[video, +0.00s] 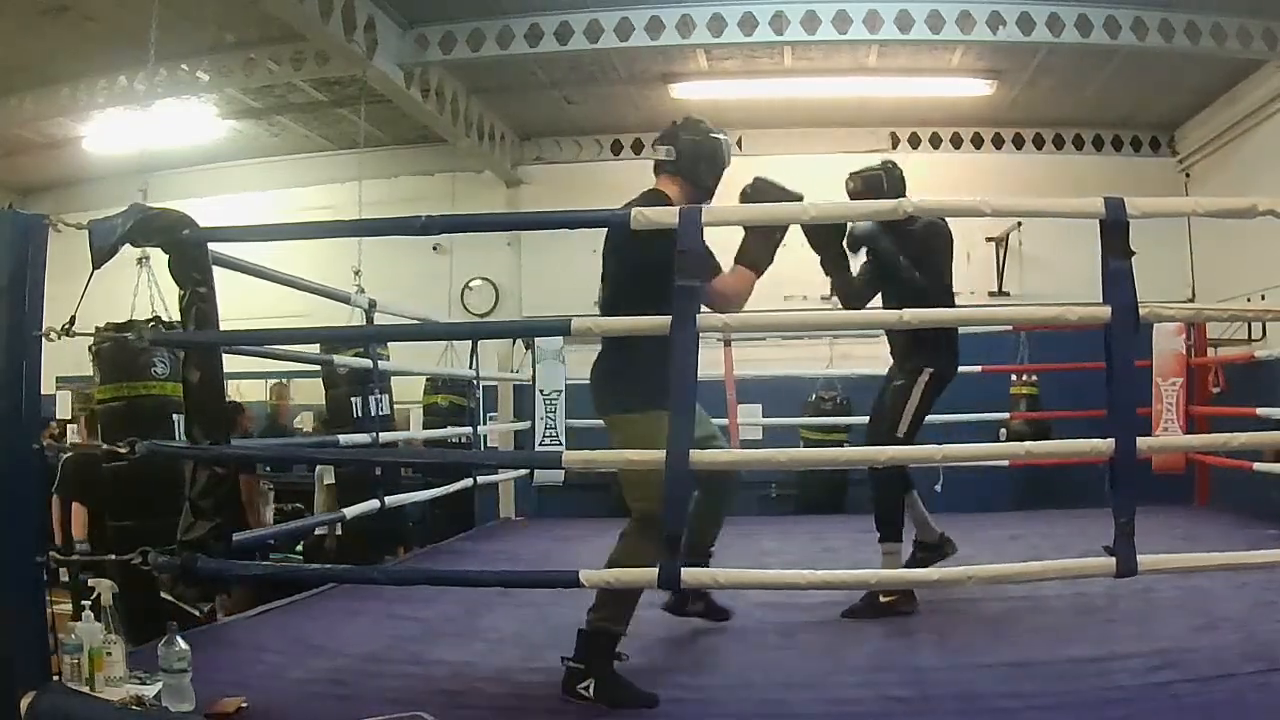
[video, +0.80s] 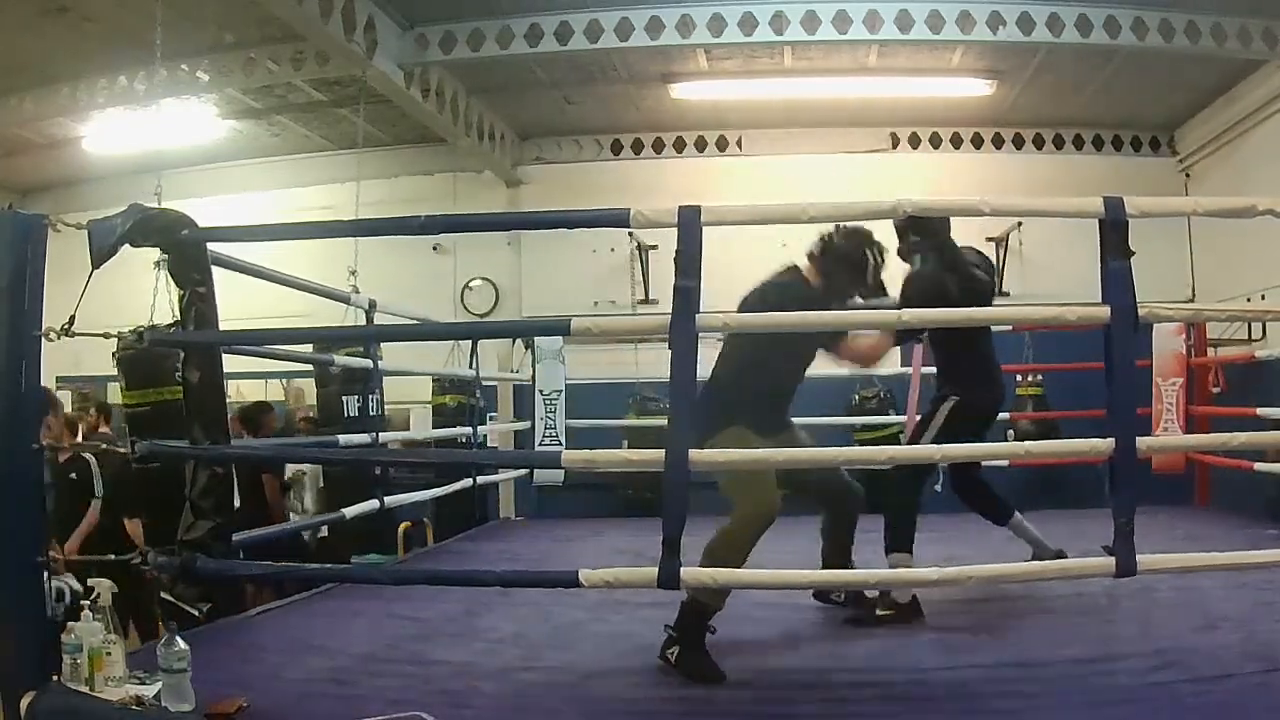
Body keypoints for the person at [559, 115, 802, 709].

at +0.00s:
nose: (719, 185)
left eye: (721, 175)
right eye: (719, 174)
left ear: (665, 163)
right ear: (704, 171)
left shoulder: (639, 215)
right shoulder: (669, 221)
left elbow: (709, 289)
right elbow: (730, 295)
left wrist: (754, 238)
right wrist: (763, 232)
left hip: (641, 390)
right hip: (645, 394)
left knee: (722, 466)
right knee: (655, 521)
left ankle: (687, 582)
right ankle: (591, 662)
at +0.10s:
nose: (736, 182)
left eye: (737, 174)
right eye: (735, 173)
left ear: (683, 162)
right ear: (723, 171)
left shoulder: (660, 210)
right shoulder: (686, 218)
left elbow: (735, 289)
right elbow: (747, 297)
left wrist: (766, 233)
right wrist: (777, 230)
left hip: (668, 389)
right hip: (660, 393)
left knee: (713, 481)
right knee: (656, 521)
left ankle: (738, 593)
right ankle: (593, 659)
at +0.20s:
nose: (750, 188)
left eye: (748, 179)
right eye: (749, 180)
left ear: (697, 171)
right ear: (738, 177)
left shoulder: (673, 225)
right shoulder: (714, 226)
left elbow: (678, 319)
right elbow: (774, 292)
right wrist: (793, 225)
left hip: (681, 393)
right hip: (688, 398)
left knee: (725, 504)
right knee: (682, 523)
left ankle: (751, 601)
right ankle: (604, 650)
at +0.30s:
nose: (768, 187)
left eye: (767, 178)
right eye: (765, 178)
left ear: (715, 173)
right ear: (750, 176)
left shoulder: (690, 221)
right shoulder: (733, 225)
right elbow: (787, 294)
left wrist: (792, 234)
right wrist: (806, 232)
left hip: (700, 386)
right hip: (705, 390)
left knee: (752, 494)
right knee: (735, 507)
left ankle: (757, 600)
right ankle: (642, 627)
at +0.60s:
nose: (802, 203)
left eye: (798, 194)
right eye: (797, 193)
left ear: (758, 189)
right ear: (778, 193)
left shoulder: (760, 236)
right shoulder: (753, 241)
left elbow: (819, 289)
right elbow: (829, 292)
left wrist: (825, 238)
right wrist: (848, 229)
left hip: (756, 402)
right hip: (737, 406)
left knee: (799, 466)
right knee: (758, 521)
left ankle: (799, 580)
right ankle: (673, 636)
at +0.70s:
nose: (823, 230)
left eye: (825, 222)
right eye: (819, 221)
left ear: (783, 207)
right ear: (803, 215)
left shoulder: (788, 253)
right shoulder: (774, 256)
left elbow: (851, 295)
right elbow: (861, 286)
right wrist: (889, 236)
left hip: (770, 409)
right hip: (738, 412)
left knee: (816, 479)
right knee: (769, 521)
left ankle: (831, 573)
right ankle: (677, 635)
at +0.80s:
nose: (850, 296)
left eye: (855, 288)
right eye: (850, 286)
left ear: (821, 262)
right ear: (834, 273)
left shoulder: (814, 304)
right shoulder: (787, 295)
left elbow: (862, 353)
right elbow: (859, 352)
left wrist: (897, 320)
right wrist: (898, 312)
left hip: (772, 426)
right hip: (725, 424)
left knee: (844, 495)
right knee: (759, 507)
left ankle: (834, 582)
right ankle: (685, 636)